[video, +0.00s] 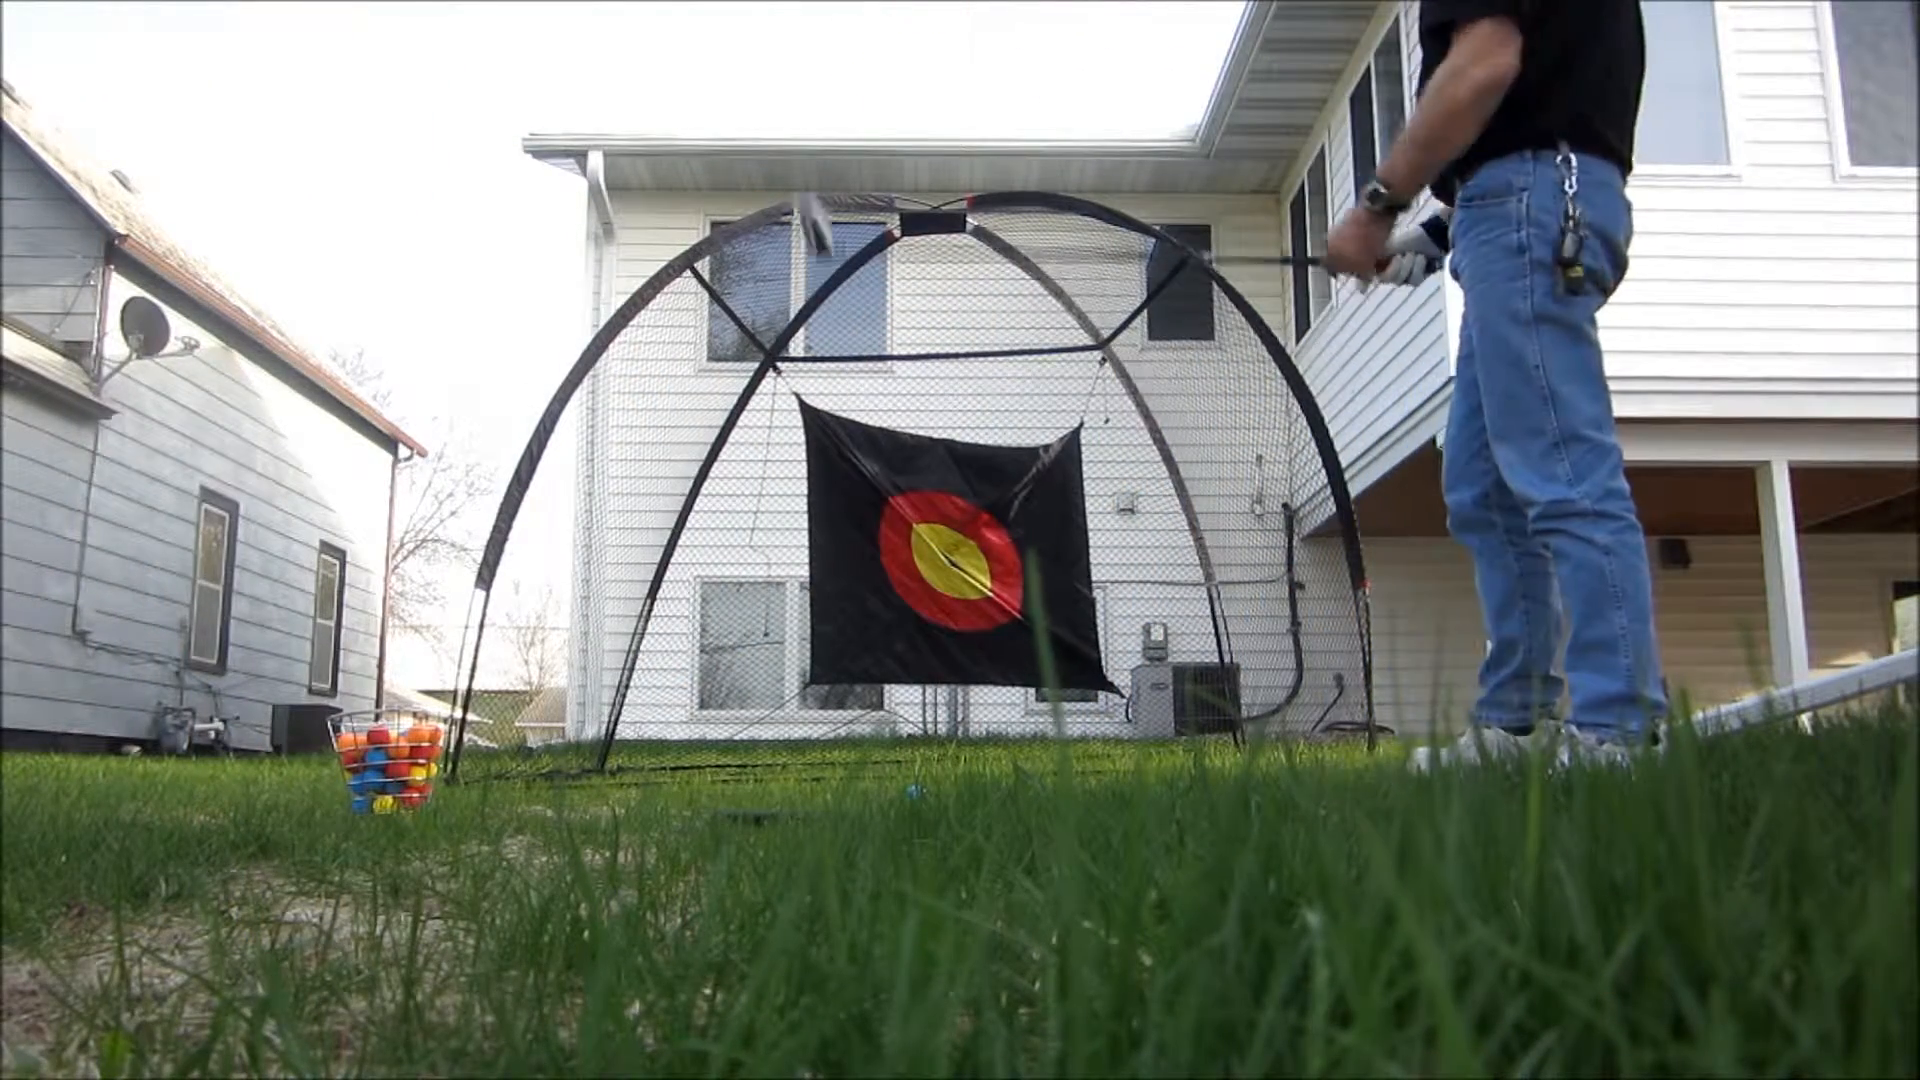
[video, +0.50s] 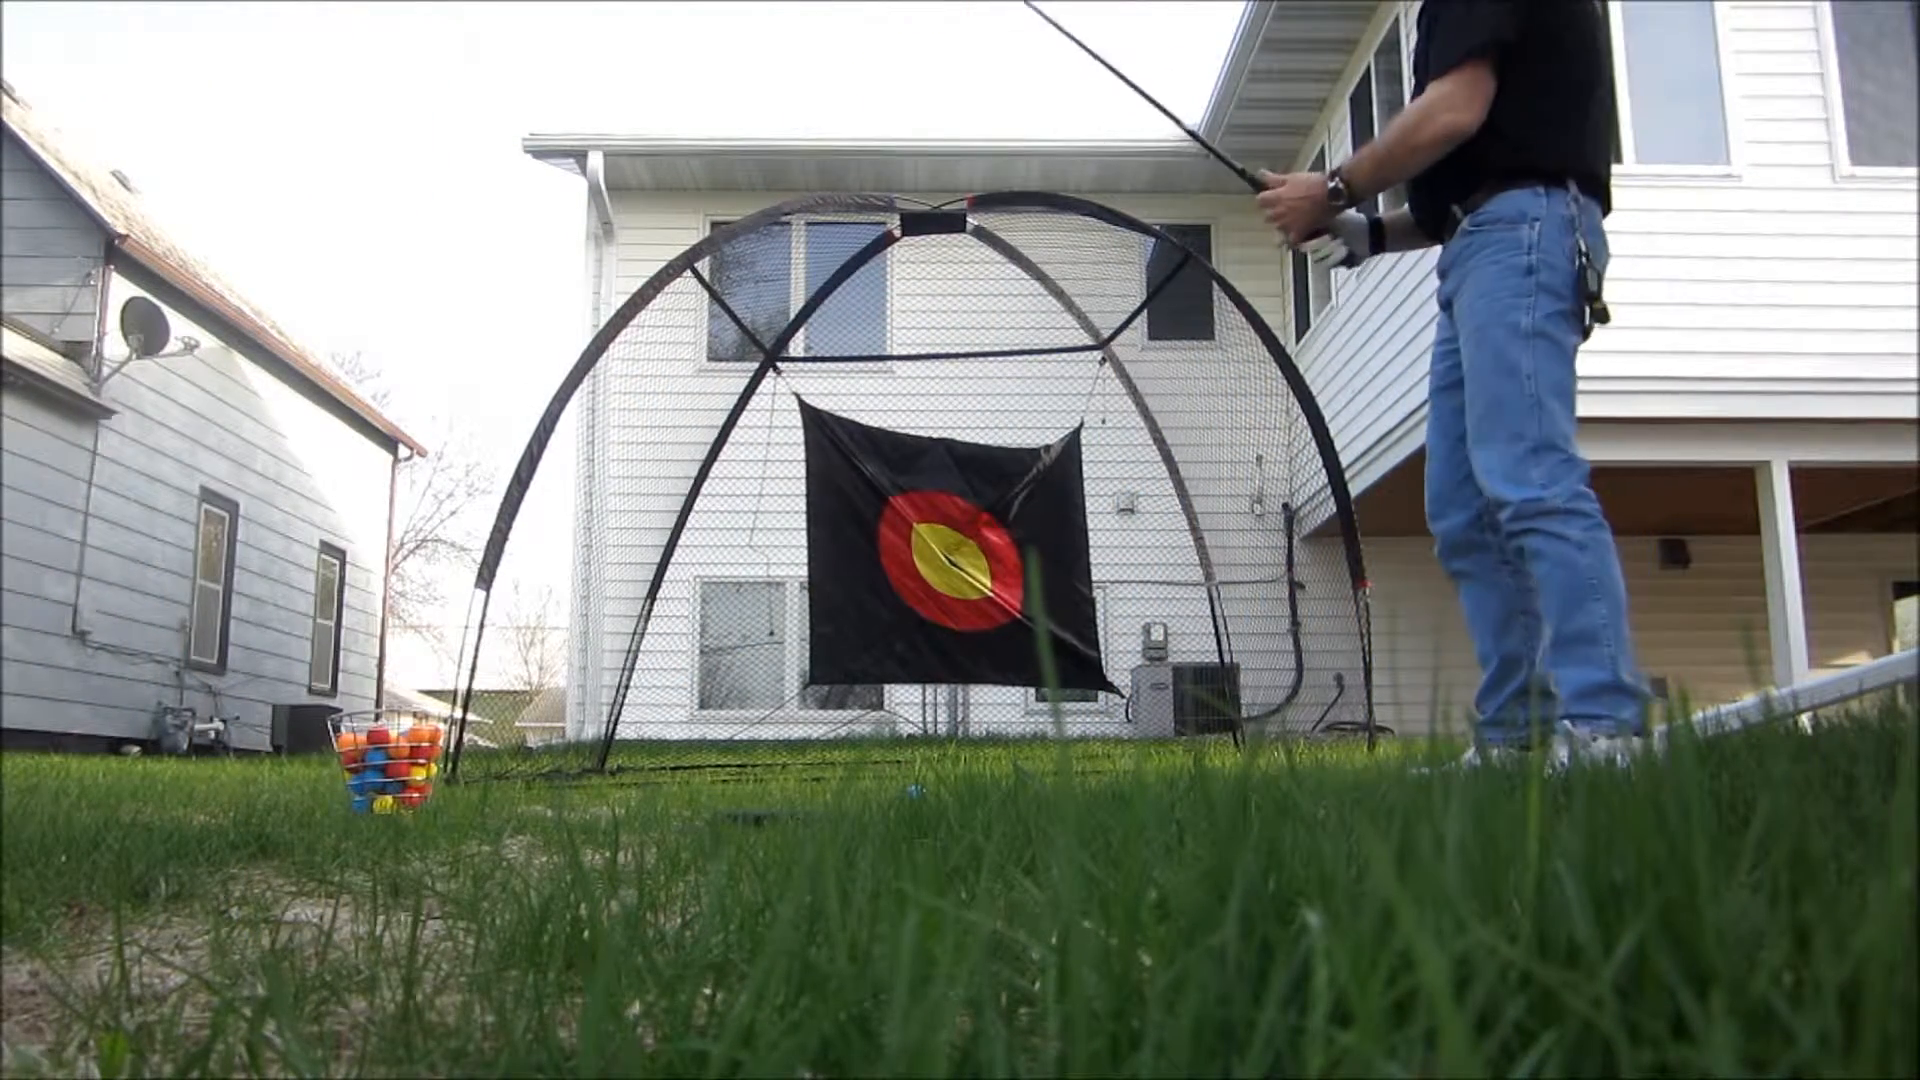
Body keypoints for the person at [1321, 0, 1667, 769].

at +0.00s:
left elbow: (1485, 60)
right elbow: (1543, 103)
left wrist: (1374, 202)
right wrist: (1438, 230)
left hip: (1533, 192)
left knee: (1566, 477)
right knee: (1486, 489)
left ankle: (1618, 731)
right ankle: (1521, 726)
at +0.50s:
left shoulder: (1487, 1)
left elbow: (1455, 108)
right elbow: (1467, 200)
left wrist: (1333, 189)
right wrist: (1356, 231)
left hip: (1523, 220)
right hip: (1472, 243)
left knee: (1533, 481)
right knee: (1464, 511)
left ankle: (1605, 725)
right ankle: (1518, 735)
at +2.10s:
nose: (1305, 24)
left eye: (1307, 4)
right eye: (1296, 16)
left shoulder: (1431, 23)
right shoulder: (1402, 57)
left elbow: (1413, 205)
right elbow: (1411, 219)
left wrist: (1353, 339)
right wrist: (1361, 337)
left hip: (1533, 244)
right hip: (1480, 276)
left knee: (1533, 497)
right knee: (1432, 521)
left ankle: (1610, 729)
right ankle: (1479, 739)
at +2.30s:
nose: (1302, 32)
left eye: (1302, 12)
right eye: (1291, 25)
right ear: (1346, 10)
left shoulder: (1422, 26)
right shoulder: (1401, 53)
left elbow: (1408, 211)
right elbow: (1407, 226)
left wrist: (1363, 355)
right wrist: (1353, 358)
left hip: (1545, 240)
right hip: (1493, 270)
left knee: (1536, 495)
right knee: (1431, 510)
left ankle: (1613, 730)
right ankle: (1480, 732)